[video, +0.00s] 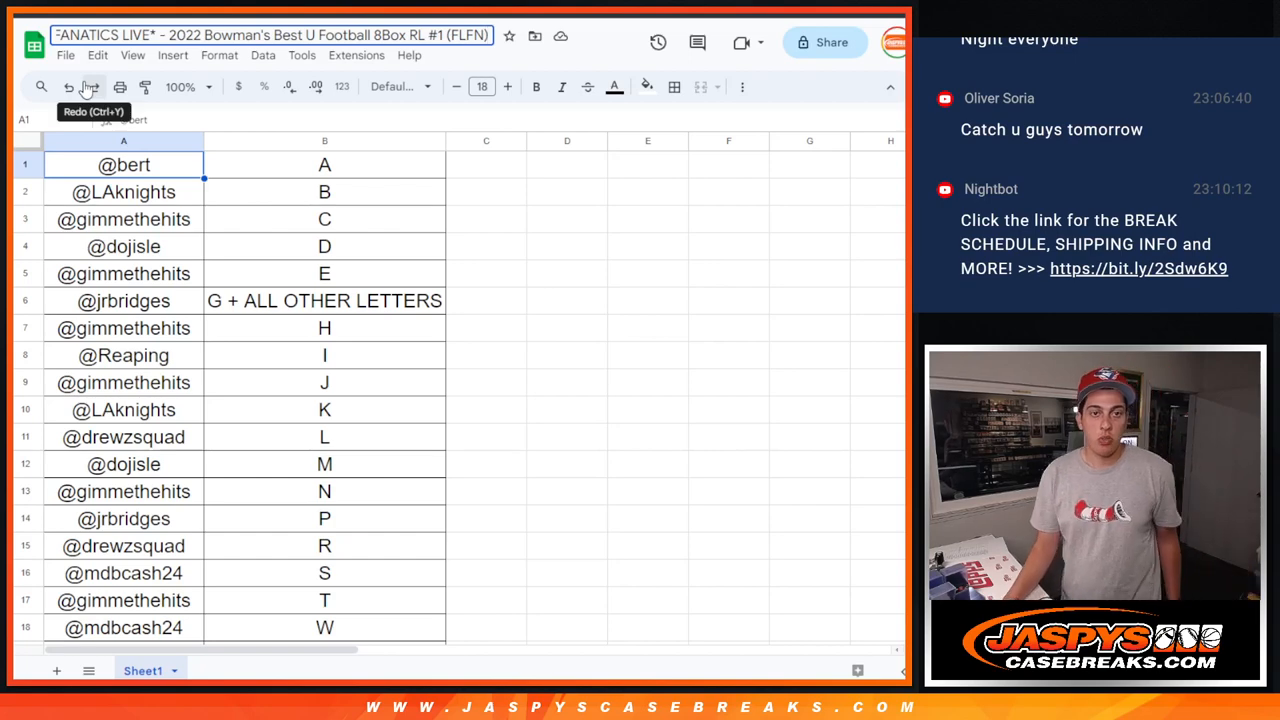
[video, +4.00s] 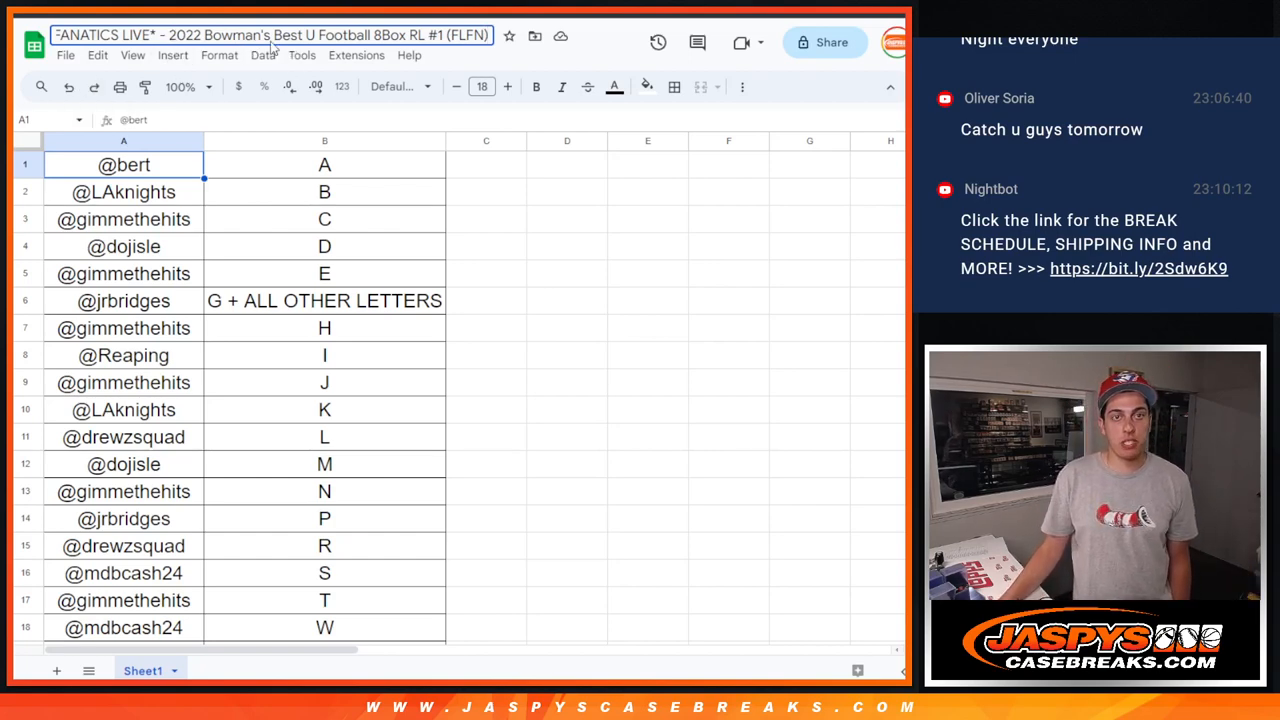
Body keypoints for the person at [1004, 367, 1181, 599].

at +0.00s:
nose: (1106, 424)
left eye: (1116, 413)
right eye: (1096, 412)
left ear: (1127, 419)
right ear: (1080, 419)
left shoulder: (1156, 471)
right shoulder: (1057, 473)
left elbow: (1167, 539)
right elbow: (1044, 546)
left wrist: (1173, 597)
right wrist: (1012, 597)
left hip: (1141, 601)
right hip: (1078, 605)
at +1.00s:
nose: (1125, 426)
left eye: (1135, 415)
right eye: (1114, 415)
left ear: (1145, 420)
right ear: (1099, 424)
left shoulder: (1173, 478)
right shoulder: (1073, 477)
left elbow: (1183, 551)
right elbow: (1050, 548)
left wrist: (1179, 604)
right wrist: (1006, 598)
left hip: (1153, 603)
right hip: (1089, 607)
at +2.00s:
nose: (1126, 427)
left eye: (1136, 415)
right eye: (1115, 416)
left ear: (1146, 421)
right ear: (1100, 424)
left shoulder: (1169, 479)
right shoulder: (1071, 475)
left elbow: (1175, 554)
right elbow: (1049, 548)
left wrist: (1175, 603)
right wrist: (1006, 600)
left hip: (1149, 602)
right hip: (1087, 603)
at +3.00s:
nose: (1126, 429)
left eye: (1136, 416)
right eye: (1114, 418)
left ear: (1147, 420)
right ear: (1100, 425)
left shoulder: (1173, 480)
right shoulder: (1073, 477)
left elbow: (1179, 555)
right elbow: (1049, 550)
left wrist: (1179, 608)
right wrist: (1005, 601)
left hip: (1153, 607)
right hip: (1090, 607)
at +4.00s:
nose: (1129, 427)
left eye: (1138, 415)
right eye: (1117, 416)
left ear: (1150, 421)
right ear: (1102, 424)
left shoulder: (1174, 480)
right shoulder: (1074, 476)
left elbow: (1179, 557)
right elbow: (1051, 548)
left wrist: (1180, 612)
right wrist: (1005, 601)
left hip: (1152, 607)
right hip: (1090, 607)